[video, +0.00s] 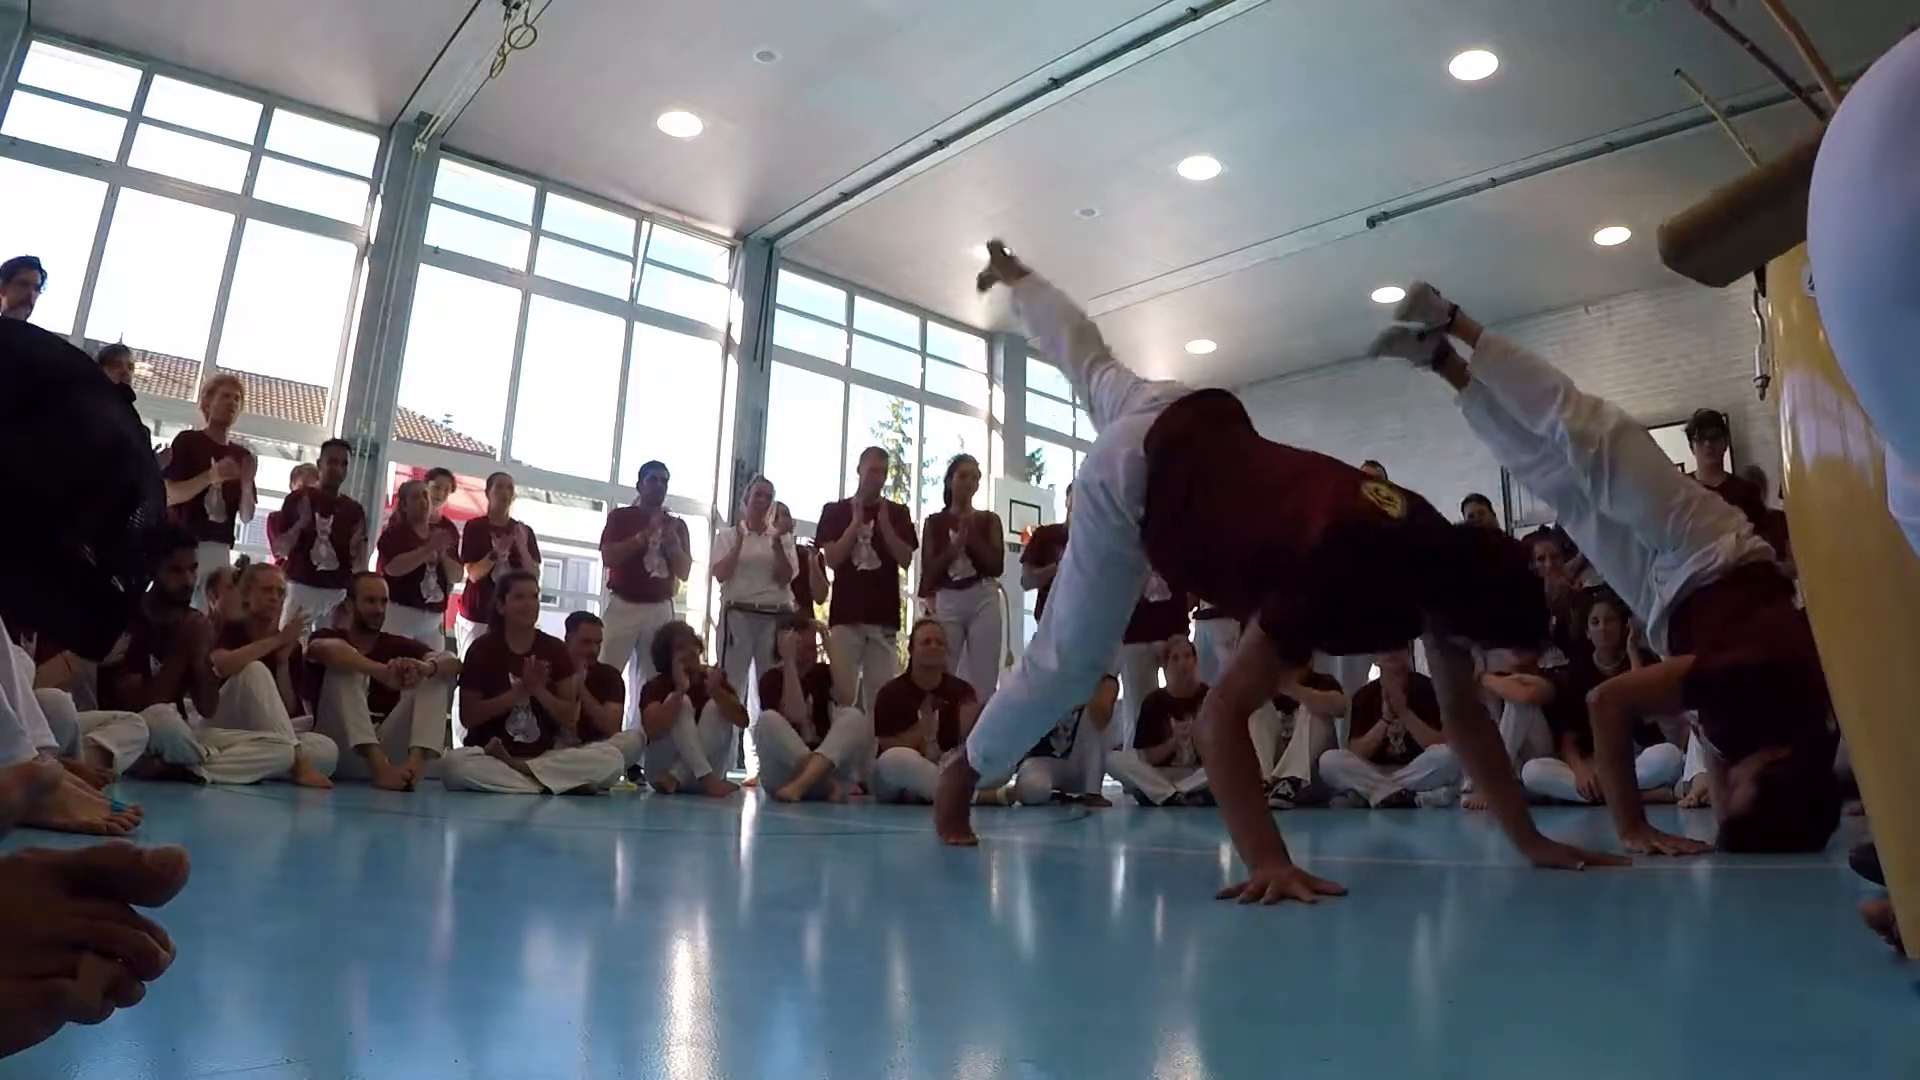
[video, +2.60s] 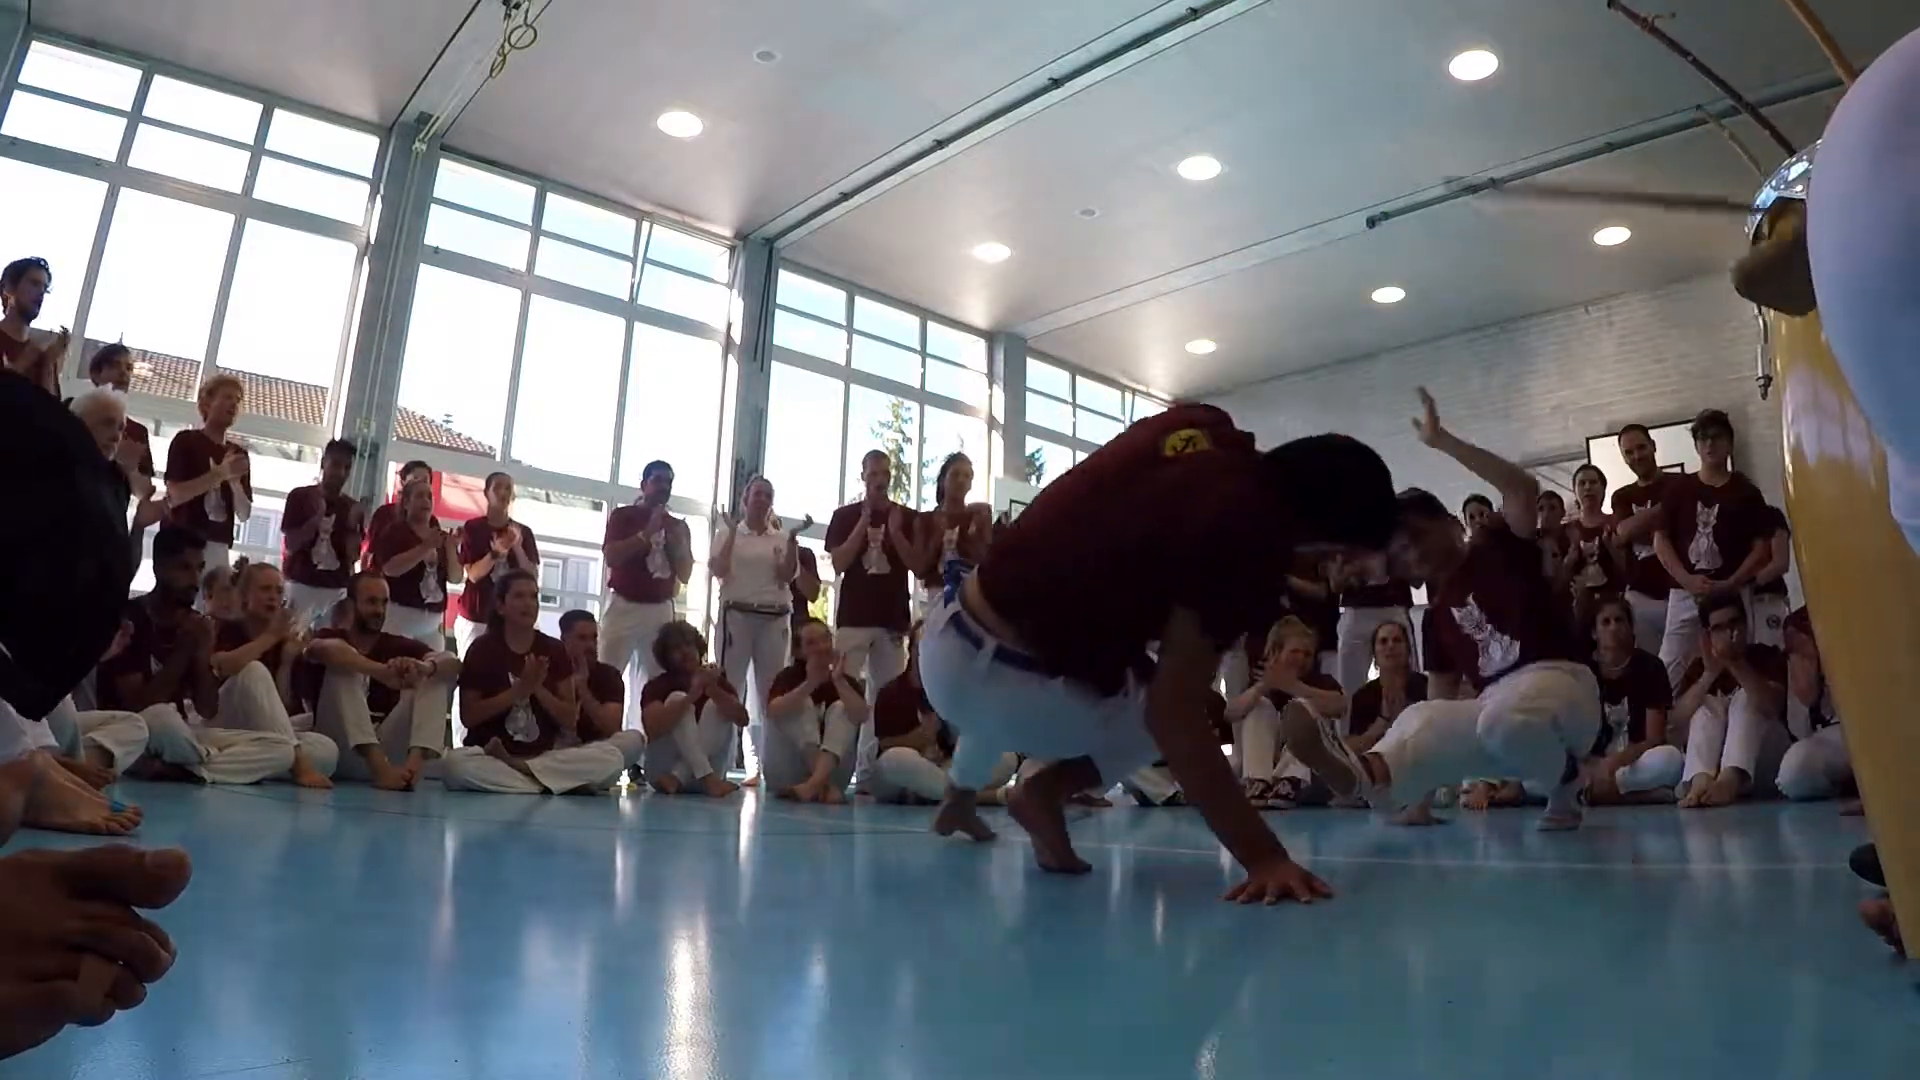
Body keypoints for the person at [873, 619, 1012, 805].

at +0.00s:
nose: (934, 647)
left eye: (939, 643)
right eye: (926, 643)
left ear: (946, 650)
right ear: (911, 651)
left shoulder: (962, 690)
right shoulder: (891, 693)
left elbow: (971, 743)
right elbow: (889, 748)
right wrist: (922, 729)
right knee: (895, 759)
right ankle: (976, 796)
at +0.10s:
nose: (934, 647)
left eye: (940, 643)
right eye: (926, 642)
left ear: (948, 651)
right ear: (911, 650)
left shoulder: (961, 690)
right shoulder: (892, 692)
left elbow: (970, 750)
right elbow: (886, 748)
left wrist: (965, 728)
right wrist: (921, 728)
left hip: (952, 775)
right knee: (897, 759)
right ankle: (982, 796)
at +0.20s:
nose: (935, 648)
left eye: (940, 643)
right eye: (927, 642)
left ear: (947, 651)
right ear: (912, 650)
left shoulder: (963, 690)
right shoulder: (892, 692)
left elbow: (970, 747)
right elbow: (889, 746)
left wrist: (954, 725)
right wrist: (925, 739)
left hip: (951, 769)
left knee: (1001, 755)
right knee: (896, 759)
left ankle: (931, 795)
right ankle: (976, 797)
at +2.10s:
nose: (931, 660)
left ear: (945, 657)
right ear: (911, 660)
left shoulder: (961, 690)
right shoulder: (892, 692)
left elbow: (971, 748)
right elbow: (887, 748)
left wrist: (960, 719)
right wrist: (919, 725)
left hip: (950, 767)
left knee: (1006, 758)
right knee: (896, 759)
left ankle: (933, 791)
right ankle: (977, 798)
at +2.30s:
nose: (933, 652)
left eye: (938, 645)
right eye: (926, 645)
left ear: (948, 649)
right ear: (913, 650)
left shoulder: (962, 685)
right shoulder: (897, 686)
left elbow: (975, 744)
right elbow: (881, 743)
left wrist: (945, 727)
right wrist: (922, 743)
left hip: (952, 766)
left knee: (1006, 757)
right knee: (896, 760)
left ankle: (928, 791)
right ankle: (976, 797)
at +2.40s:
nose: (935, 649)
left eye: (941, 643)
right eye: (927, 643)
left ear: (950, 647)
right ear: (912, 651)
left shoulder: (965, 684)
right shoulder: (895, 689)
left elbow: (982, 741)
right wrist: (920, 754)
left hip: (958, 761)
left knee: (1007, 757)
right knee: (889, 757)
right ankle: (973, 797)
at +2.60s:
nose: (924, 655)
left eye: (930, 648)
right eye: (919, 648)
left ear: (942, 652)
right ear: (910, 651)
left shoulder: (956, 688)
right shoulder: (891, 693)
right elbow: (881, 747)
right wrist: (918, 737)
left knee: (1007, 758)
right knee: (897, 759)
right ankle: (988, 796)